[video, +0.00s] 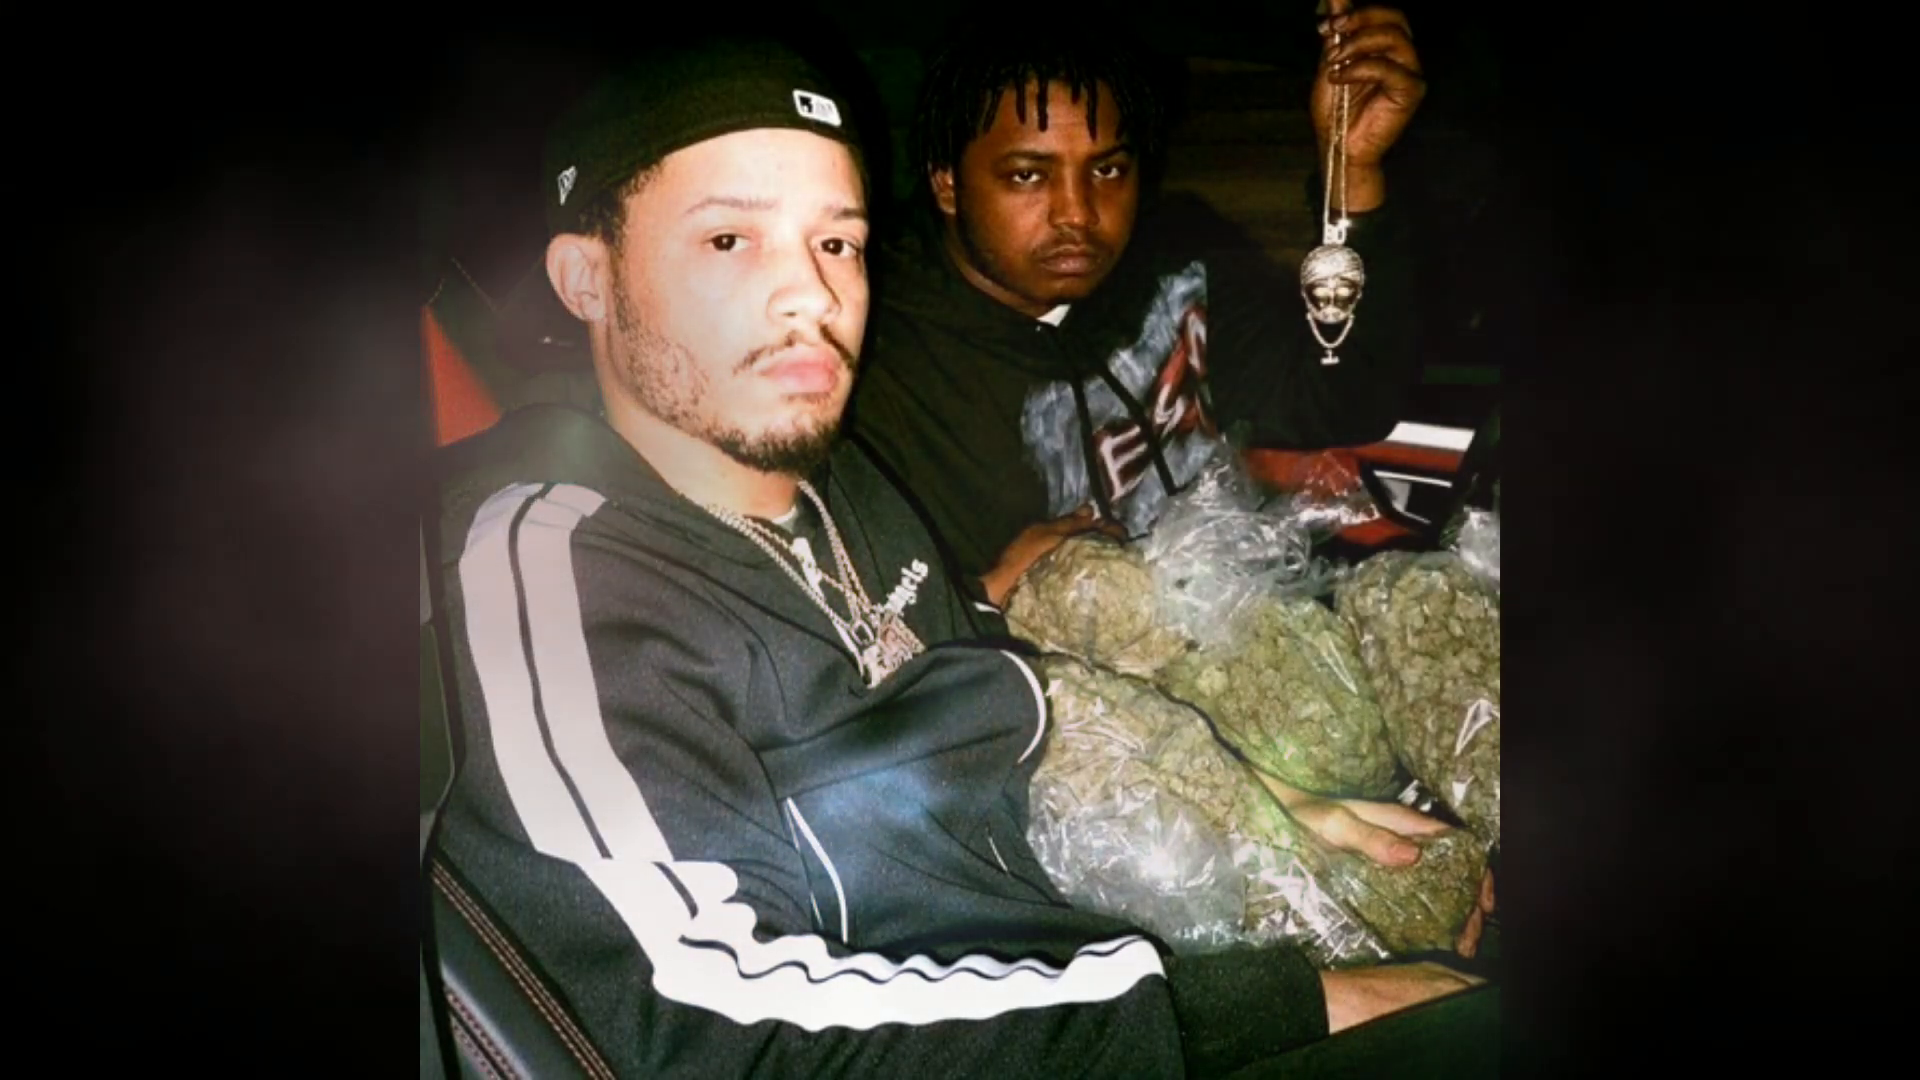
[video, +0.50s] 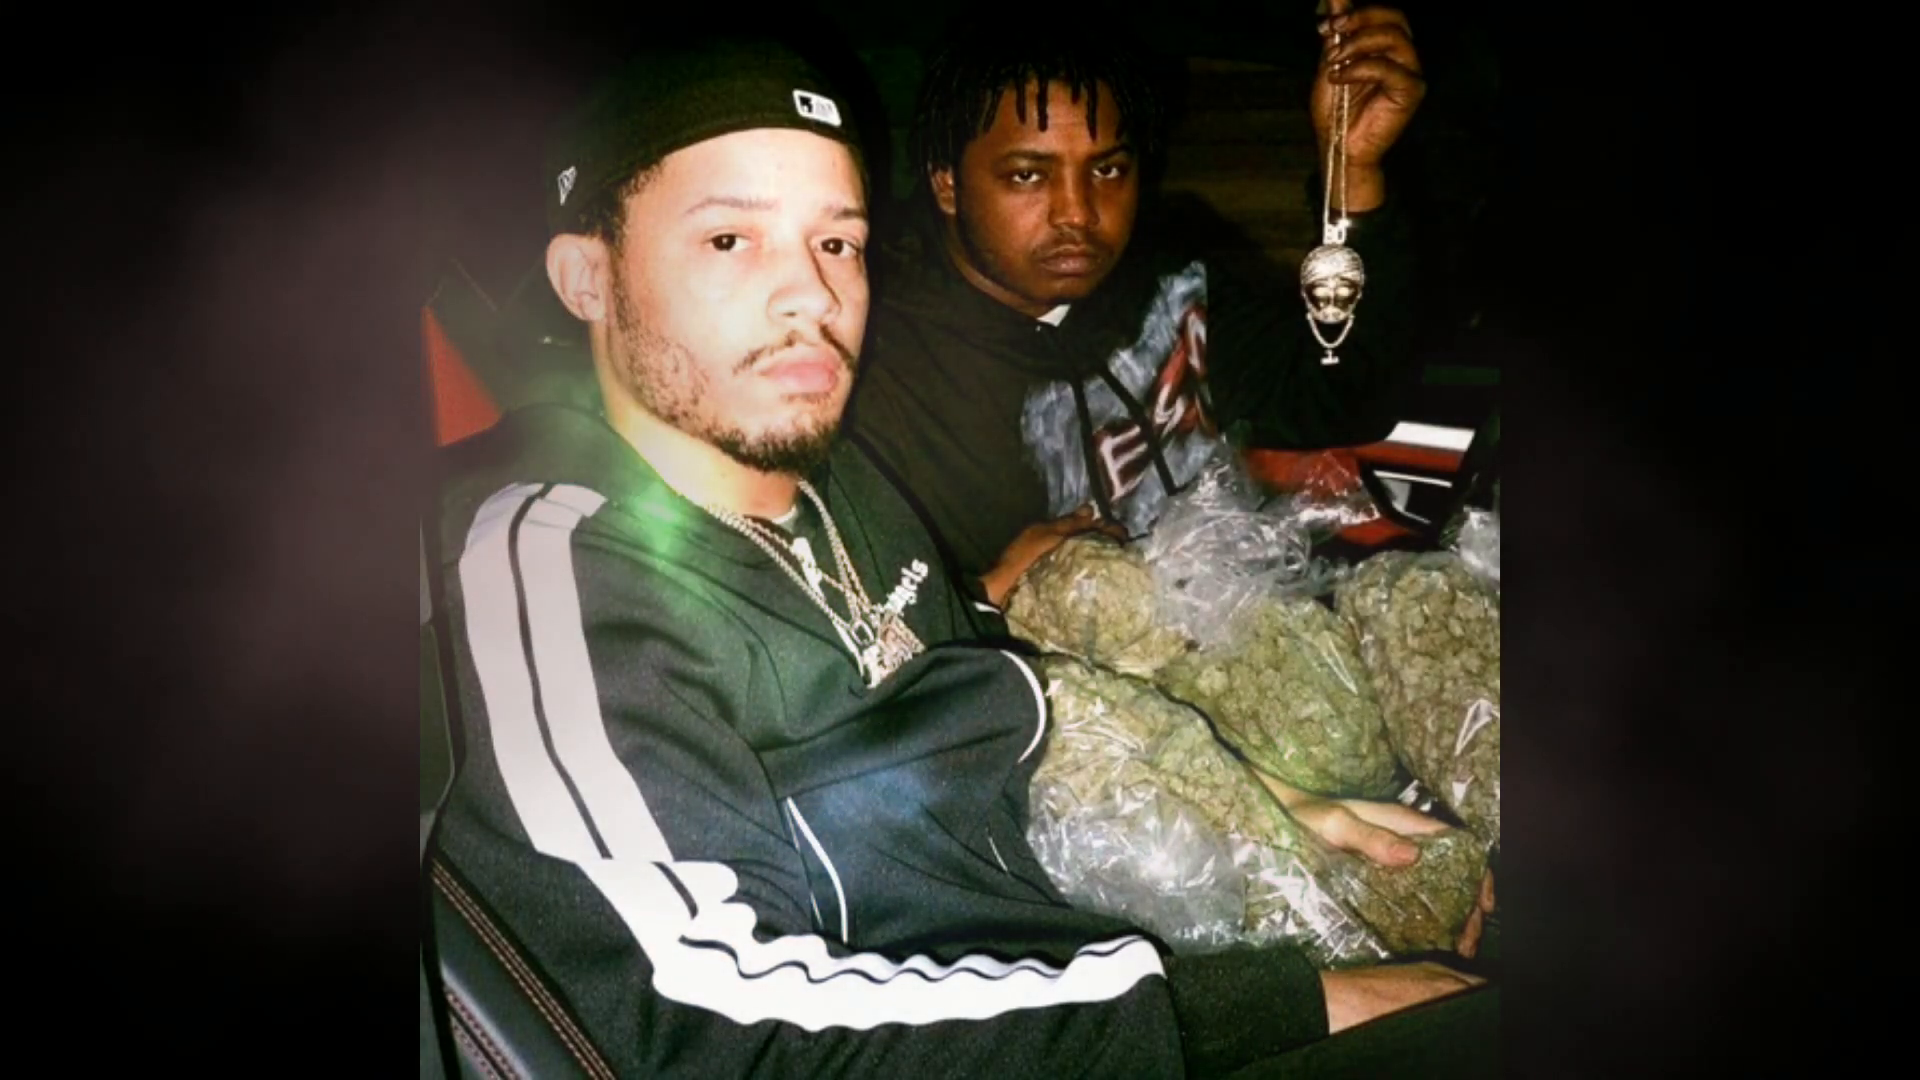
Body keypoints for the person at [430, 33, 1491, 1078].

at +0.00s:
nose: (810, 304)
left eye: (835, 249)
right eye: (729, 244)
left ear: (866, 267)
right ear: (587, 282)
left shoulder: (831, 484)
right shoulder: (536, 552)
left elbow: (1008, 763)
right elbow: (702, 1017)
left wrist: (1273, 834)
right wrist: (1270, 1004)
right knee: (1477, 1019)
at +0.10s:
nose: (809, 303)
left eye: (835, 249)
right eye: (728, 244)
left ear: (866, 268)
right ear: (587, 282)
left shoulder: (831, 485)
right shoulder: (534, 553)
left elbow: (1015, 760)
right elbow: (700, 1019)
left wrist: (1274, 831)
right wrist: (1269, 1005)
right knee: (1490, 1017)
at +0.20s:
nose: (809, 303)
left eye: (835, 249)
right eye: (729, 244)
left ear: (867, 268)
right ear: (587, 280)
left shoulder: (831, 486)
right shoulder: (534, 556)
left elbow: (1017, 755)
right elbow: (701, 1018)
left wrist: (1275, 828)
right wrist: (1270, 1005)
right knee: (1496, 1013)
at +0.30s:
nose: (810, 304)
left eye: (835, 249)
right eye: (730, 244)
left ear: (867, 266)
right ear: (588, 280)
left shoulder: (830, 483)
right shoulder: (534, 561)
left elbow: (1014, 752)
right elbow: (703, 1017)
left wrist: (1273, 828)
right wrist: (1272, 1006)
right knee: (1509, 1013)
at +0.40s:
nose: (809, 303)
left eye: (835, 249)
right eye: (730, 245)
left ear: (867, 267)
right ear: (587, 281)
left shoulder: (829, 484)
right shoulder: (533, 558)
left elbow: (1015, 757)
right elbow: (700, 1020)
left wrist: (1273, 828)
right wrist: (1271, 1006)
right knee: (1512, 1011)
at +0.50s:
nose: (810, 302)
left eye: (835, 250)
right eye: (729, 244)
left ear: (867, 269)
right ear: (586, 280)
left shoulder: (827, 486)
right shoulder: (536, 553)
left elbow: (1017, 755)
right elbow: (702, 1018)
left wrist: (1275, 827)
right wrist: (1275, 1008)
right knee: (1505, 1011)